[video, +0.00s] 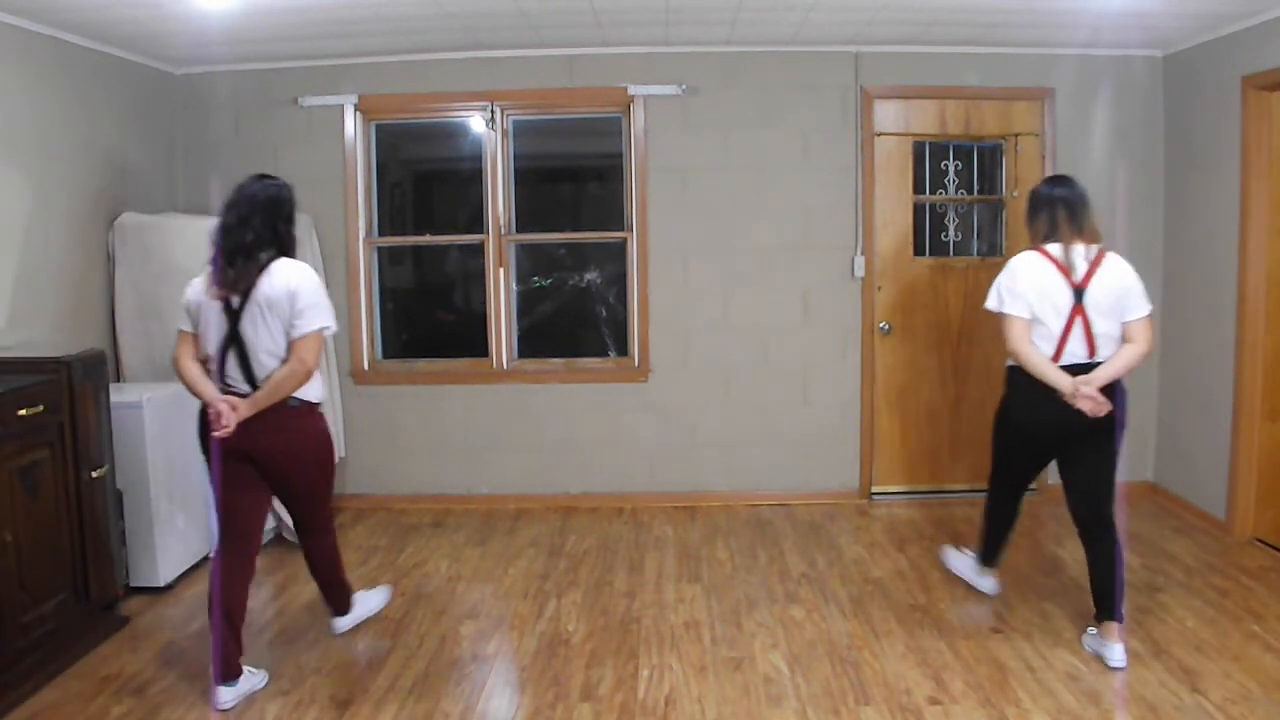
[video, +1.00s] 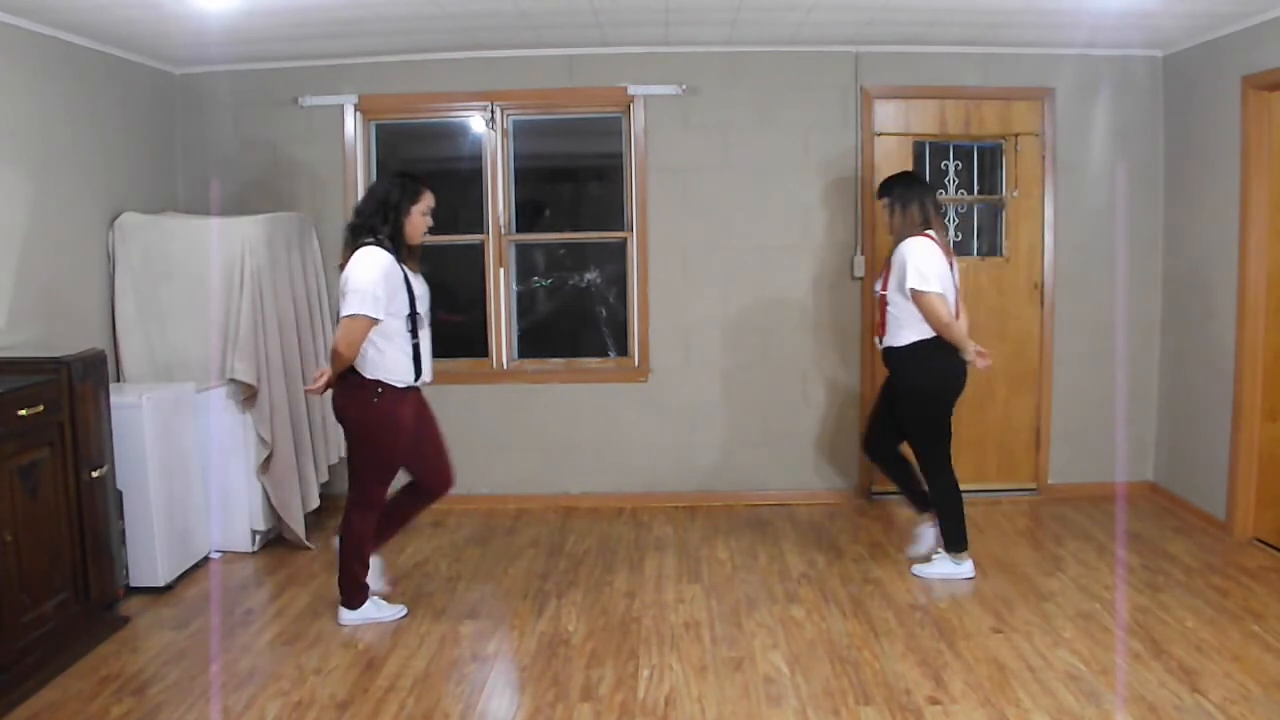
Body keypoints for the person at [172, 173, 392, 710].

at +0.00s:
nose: (291, 226)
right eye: (290, 218)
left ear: (230, 219)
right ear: (284, 224)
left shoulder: (205, 284)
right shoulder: (298, 279)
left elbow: (185, 357)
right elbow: (303, 364)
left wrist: (214, 396)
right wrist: (245, 407)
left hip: (227, 430)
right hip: (291, 427)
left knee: (233, 550)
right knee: (315, 524)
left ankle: (226, 679)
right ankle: (343, 605)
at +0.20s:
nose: (335, 221)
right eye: (332, 213)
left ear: (277, 218)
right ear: (327, 220)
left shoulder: (250, 279)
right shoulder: (341, 276)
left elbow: (236, 348)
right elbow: (343, 360)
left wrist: (260, 393)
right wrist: (283, 398)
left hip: (270, 417)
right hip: (332, 416)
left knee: (278, 528)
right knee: (345, 516)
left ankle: (243, 633)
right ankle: (358, 607)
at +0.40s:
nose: (370, 210)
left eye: (368, 200)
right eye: (365, 202)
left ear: (312, 208)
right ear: (346, 209)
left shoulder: (282, 267)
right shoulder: (361, 265)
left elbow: (270, 333)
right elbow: (357, 348)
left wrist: (286, 377)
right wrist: (308, 383)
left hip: (302, 401)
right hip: (353, 401)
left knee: (332, 489)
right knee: (355, 505)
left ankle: (289, 574)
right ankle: (359, 605)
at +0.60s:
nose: (391, 213)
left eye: (390, 204)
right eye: (386, 204)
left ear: (352, 207)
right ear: (363, 207)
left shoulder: (333, 259)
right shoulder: (364, 264)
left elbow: (301, 322)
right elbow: (348, 347)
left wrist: (302, 369)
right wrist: (312, 377)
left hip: (333, 392)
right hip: (362, 396)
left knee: (365, 488)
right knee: (365, 497)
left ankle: (317, 572)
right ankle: (359, 603)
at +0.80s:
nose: (405, 217)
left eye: (405, 208)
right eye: (399, 208)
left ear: (369, 209)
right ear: (374, 209)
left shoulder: (363, 259)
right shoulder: (360, 263)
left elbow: (340, 341)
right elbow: (341, 348)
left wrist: (319, 364)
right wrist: (319, 373)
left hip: (372, 393)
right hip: (359, 395)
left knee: (386, 486)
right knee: (364, 493)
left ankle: (316, 564)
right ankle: (354, 601)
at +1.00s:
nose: (430, 223)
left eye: (431, 214)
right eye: (424, 213)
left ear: (403, 215)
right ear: (398, 213)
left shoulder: (398, 263)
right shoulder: (372, 262)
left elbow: (372, 334)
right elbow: (344, 348)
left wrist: (335, 369)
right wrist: (335, 372)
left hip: (401, 394)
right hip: (371, 397)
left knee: (434, 480)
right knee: (367, 500)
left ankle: (365, 546)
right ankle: (353, 602)